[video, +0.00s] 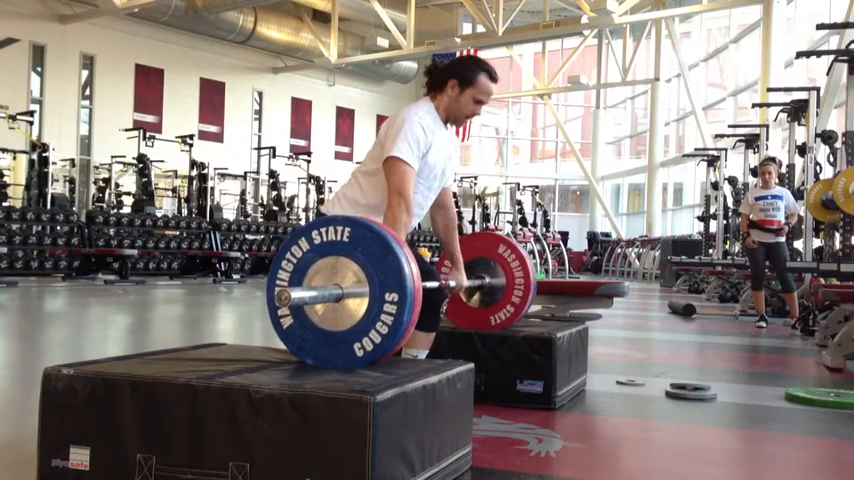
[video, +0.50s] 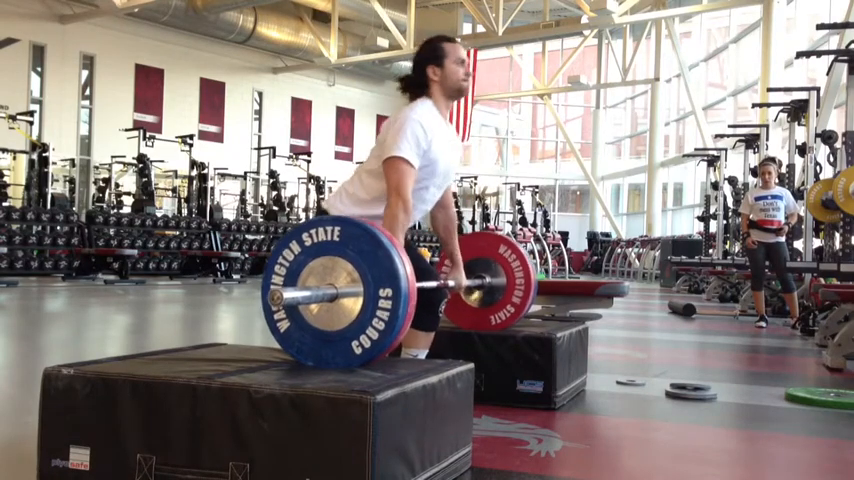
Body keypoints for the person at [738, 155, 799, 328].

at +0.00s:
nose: (766, 176)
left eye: (769, 173)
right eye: (763, 173)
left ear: (776, 174)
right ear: (759, 175)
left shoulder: (784, 193)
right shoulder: (751, 194)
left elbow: (794, 213)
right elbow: (744, 216)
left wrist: (788, 224)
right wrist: (746, 234)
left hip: (777, 240)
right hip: (757, 239)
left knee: (785, 276)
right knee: (757, 276)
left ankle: (795, 317)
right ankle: (761, 316)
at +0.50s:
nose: (766, 176)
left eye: (769, 173)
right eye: (763, 173)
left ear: (776, 174)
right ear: (759, 175)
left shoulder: (784, 193)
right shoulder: (751, 195)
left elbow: (794, 213)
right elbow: (744, 217)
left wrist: (788, 224)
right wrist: (746, 235)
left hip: (777, 240)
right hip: (756, 239)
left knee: (785, 276)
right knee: (757, 277)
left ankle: (795, 318)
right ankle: (761, 316)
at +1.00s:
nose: (766, 176)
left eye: (769, 173)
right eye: (763, 173)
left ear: (776, 174)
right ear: (759, 175)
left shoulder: (784, 193)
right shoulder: (751, 195)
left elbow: (793, 214)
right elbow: (744, 217)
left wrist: (787, 224)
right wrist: (746, 235)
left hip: (777, 240)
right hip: (756, 239)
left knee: (785, 276)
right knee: (757, 277)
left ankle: (795, 318)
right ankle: (761, 316)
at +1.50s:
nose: (766, 176)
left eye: (769, 173)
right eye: (763, 173)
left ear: (776, 174)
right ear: (759, 175)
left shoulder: (784, 193)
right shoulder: (751, 195)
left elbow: (793, 214)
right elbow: (744, 217)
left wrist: (787, 224)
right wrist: (746, 235)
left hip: (777, 240)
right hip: (756, 239)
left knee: (785, 276)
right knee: (757, 277)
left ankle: (795, 318)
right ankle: (761, 316)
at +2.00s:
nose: (766, 176)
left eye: (769, 173)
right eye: (763, 173)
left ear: (776, 174)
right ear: (759, 175)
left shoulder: (784, 194)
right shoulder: (751, 195)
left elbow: (793, 214)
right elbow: (744, 217)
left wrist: (787, 224)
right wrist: (746, 235)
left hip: (777, 240)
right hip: (756, 239)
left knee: (785, 276)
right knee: (757, 277)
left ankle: (795, 318)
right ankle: (761, 316)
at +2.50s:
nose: (766, 176)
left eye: (769, 173)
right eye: (763, 173)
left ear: (776, 174)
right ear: (759, 175)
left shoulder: (784, 193)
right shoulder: (751, 194)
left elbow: (792, 214)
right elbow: (744, 216)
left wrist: (787, 224)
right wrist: (746, 235)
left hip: (777, 240)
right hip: (757, 239)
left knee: (785, 276)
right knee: (757, 278)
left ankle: (795, 318)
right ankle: (761, 316)